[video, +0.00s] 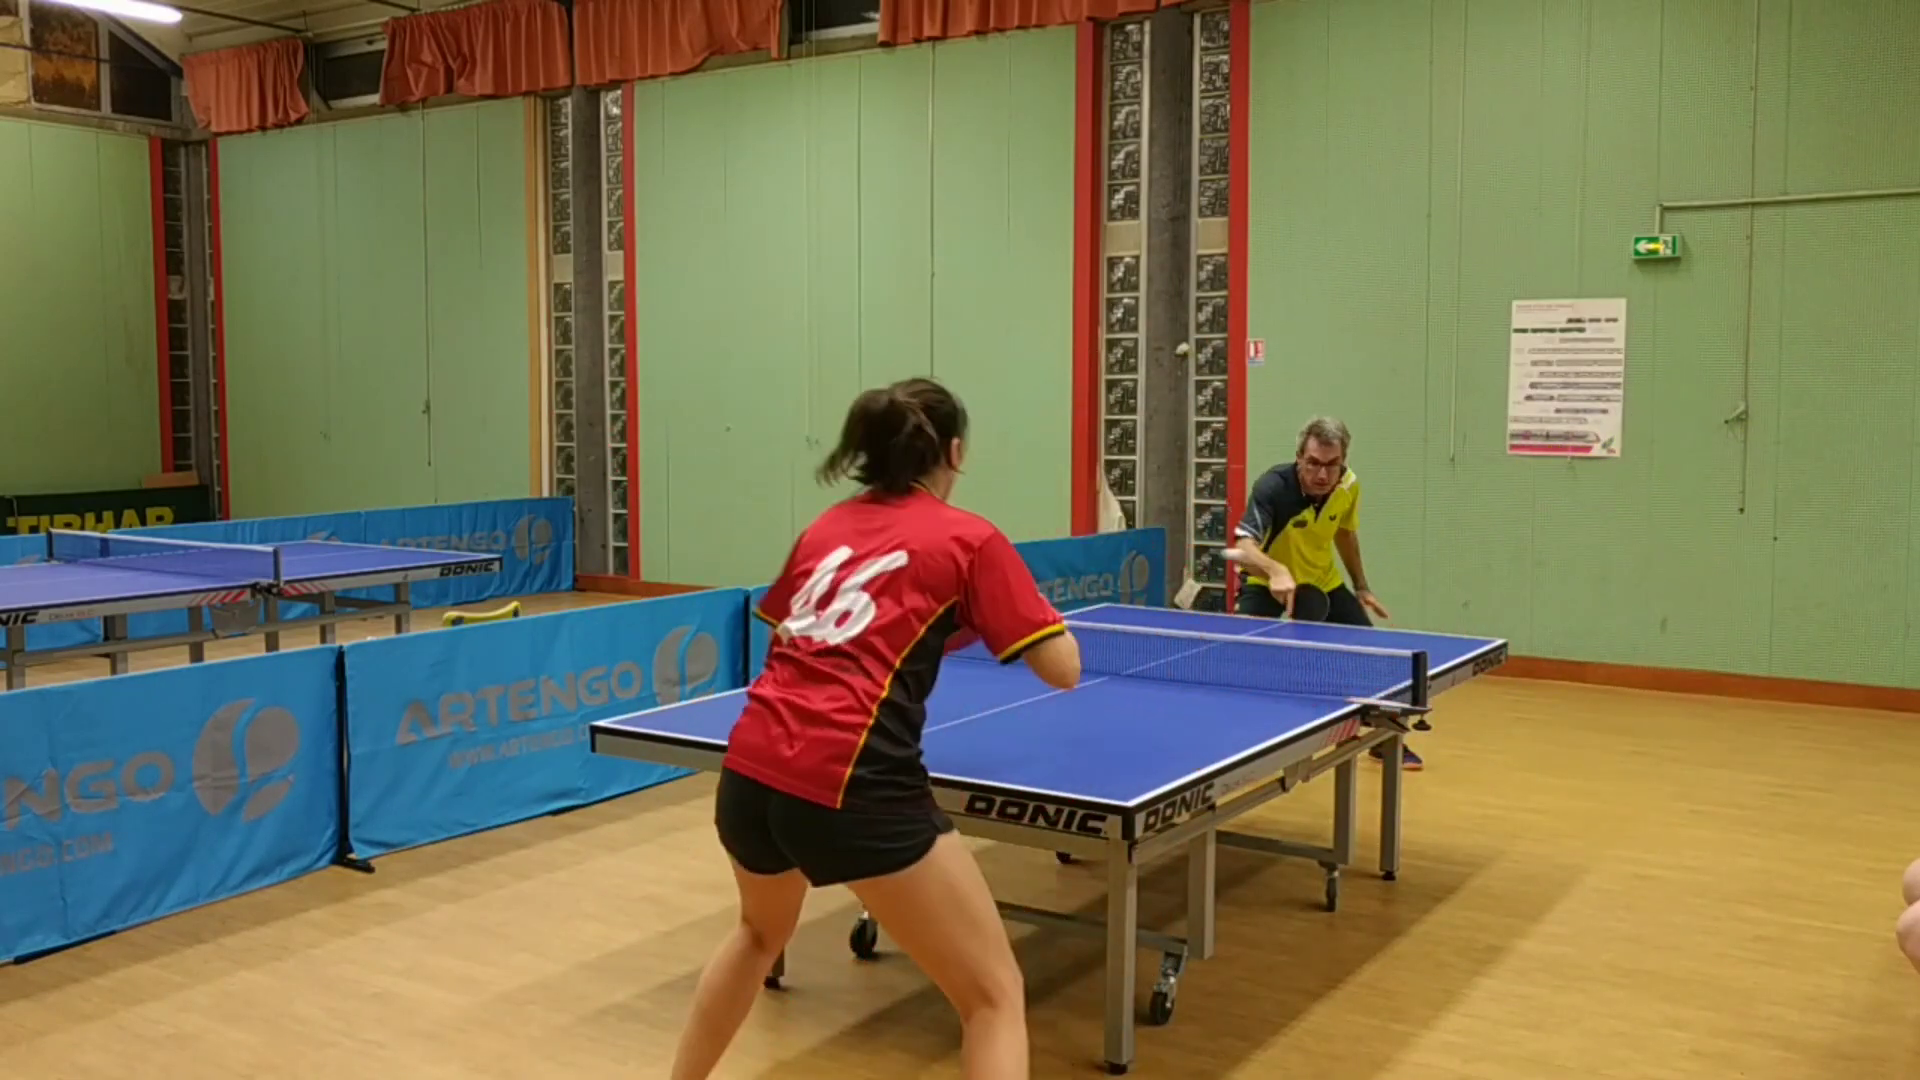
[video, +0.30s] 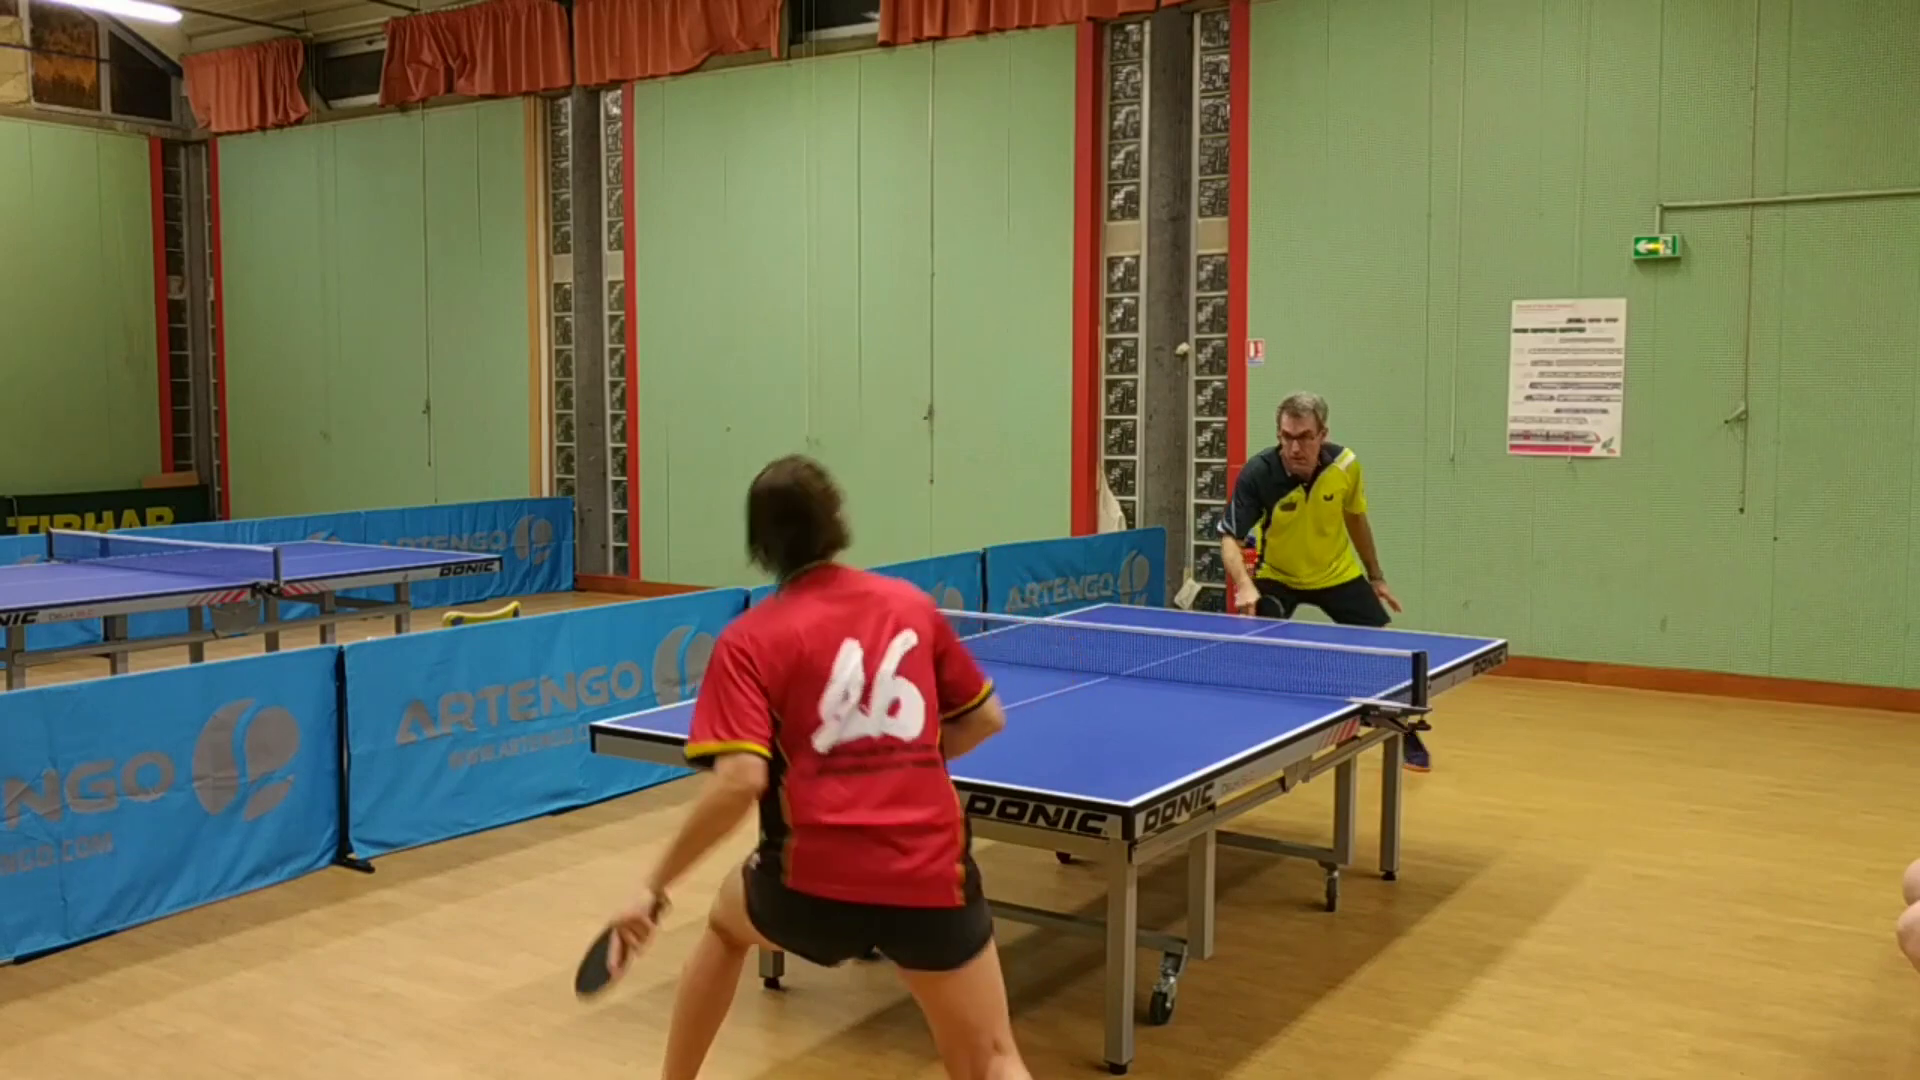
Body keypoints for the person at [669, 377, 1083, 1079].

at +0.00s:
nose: (965, 455)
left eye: (962, 442)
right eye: (963, 443)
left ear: (874, 451)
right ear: (951, 453)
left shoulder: (829, 524)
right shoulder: (967, 538)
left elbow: (781, 625)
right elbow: (1062, 667)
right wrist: (1032, 610)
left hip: (749, 781)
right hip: (855, 795)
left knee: (757, 933)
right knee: (991, 998)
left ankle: (683, 1073)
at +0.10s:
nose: (932, 458)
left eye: (929, 449)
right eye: (930, 449)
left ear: (843, 458)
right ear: (922, 458)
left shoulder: (790, 545)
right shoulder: (959, 549)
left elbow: (736, 667)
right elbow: (1059, 666)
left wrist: (827, 650)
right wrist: (1002, 638)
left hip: (756, 793)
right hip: (867, 807)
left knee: (740, 934)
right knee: (995, 1004)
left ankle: (680, 1074)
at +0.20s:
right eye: (881, 473)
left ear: (806, 491)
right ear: (885, 486)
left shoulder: (763, 587)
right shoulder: (940, 580)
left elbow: (710, 729)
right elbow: (1029, 695)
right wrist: (948, 688)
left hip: (767, 837)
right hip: (886, 846)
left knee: (734, 941)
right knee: (1002, 1006)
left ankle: (676, 1074)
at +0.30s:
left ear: (761, 538)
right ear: (839, 521)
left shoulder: (751, 638)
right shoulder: (909, 604)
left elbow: (742, 780)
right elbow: (985, 718)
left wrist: (655, 883)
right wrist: (901, 758)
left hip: (816, 892)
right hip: (931, 889)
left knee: (728, 925)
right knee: (991, 1060)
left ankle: (676, 1074)